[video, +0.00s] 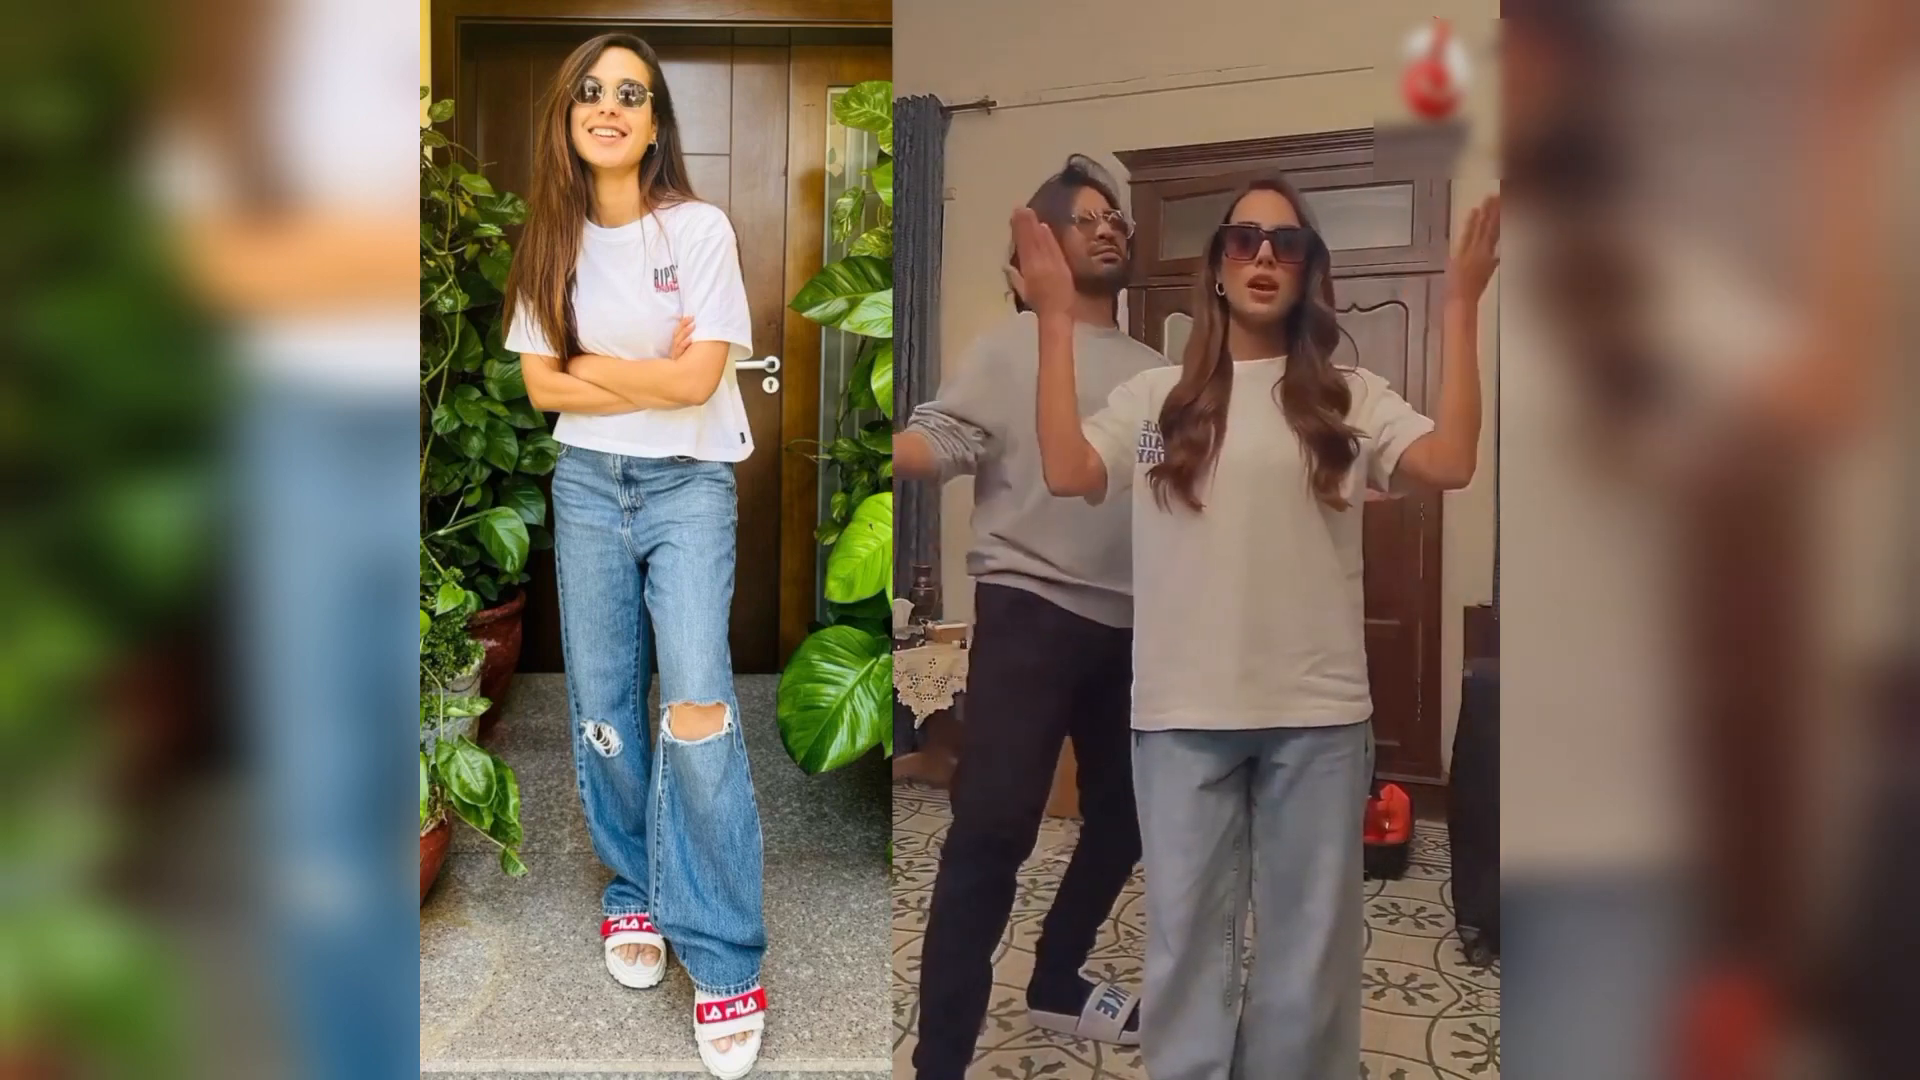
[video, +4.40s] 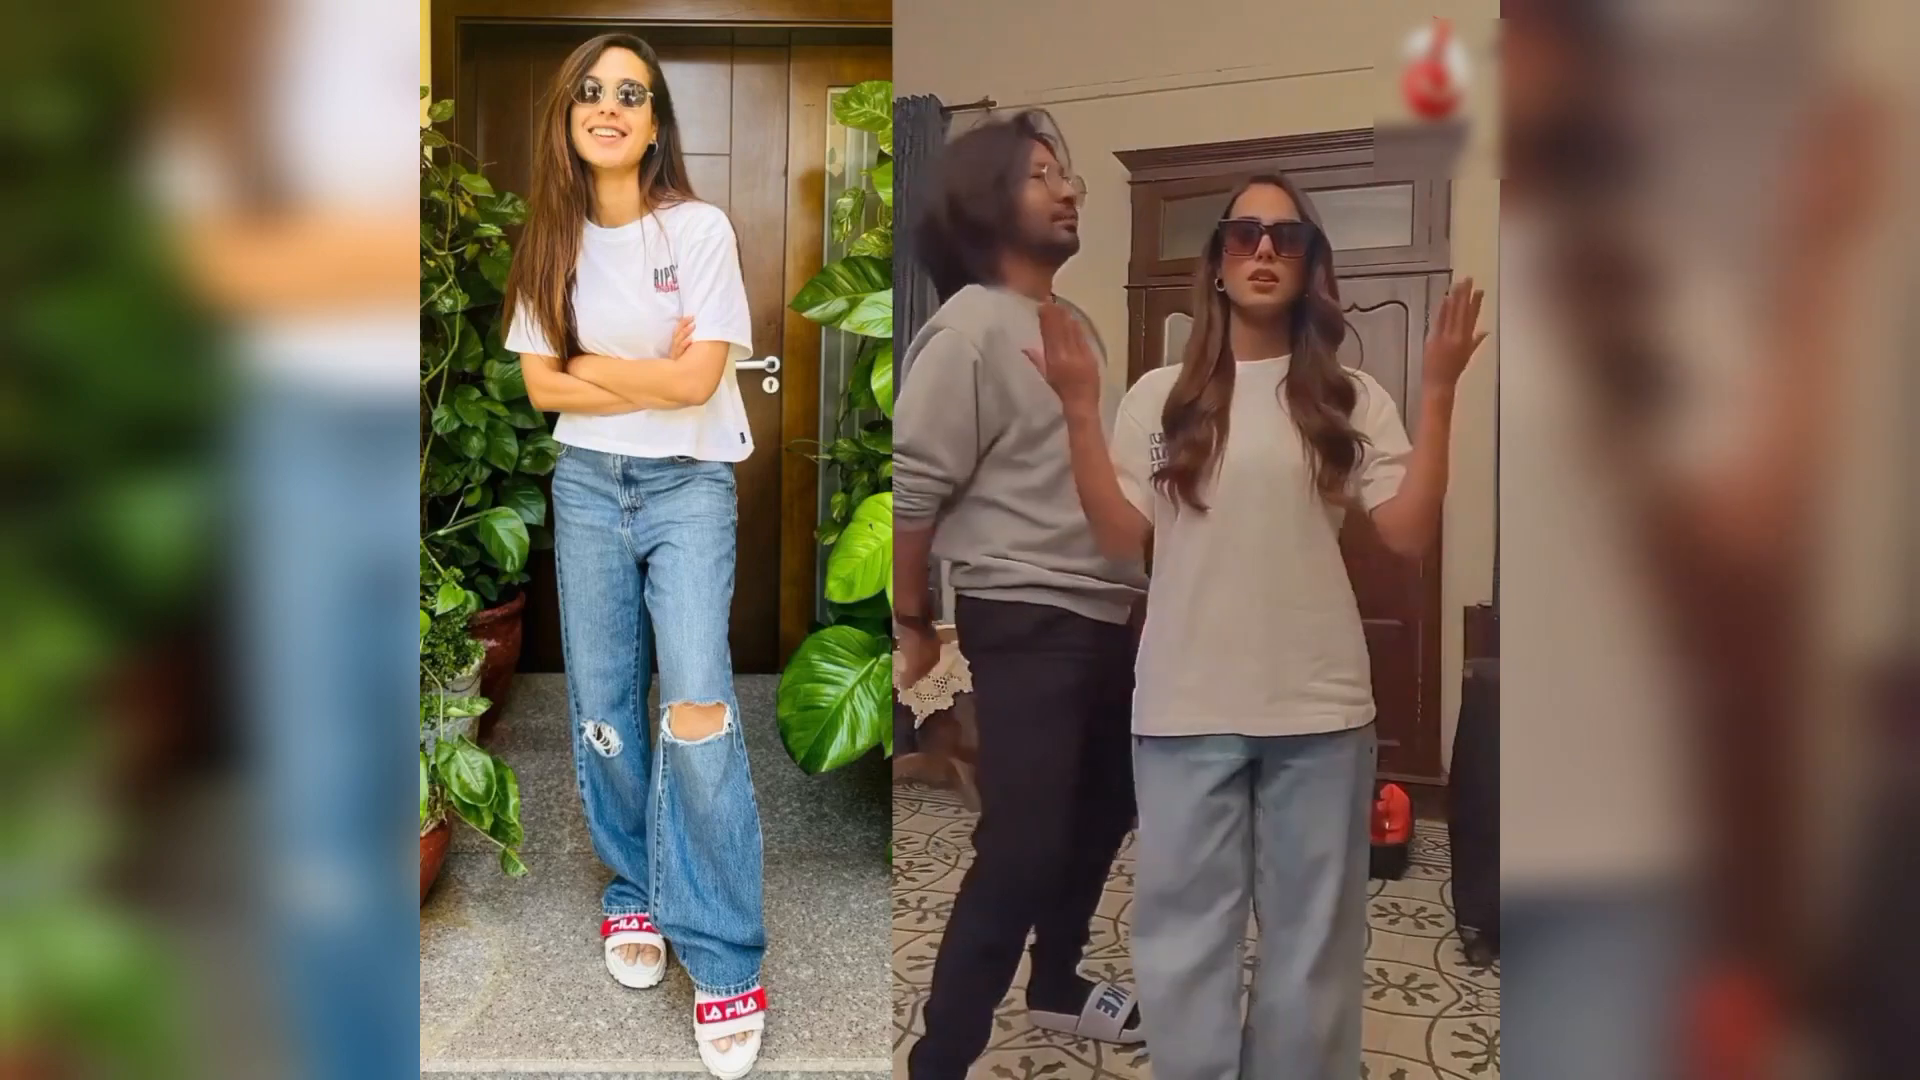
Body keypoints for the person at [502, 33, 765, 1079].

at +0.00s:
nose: (610, 111)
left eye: (629, 97)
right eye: (593, 95)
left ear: (656, 122)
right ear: (566, 117)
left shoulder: (699, 225)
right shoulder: (550, 239)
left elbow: (698, 378)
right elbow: (540, 385)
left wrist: (576, 362)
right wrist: (662, 378)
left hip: (689, 482)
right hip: (584, 484)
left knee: (695, 709)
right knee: (602, 708)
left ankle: (724, 955)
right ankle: (631, 890)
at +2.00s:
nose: (610, 111)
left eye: (630, 97)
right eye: (593, 95)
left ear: (656, 121)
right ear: (566, 117)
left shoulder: (699, 226)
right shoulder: (549, 240)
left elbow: (698, 378)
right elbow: (540, 385)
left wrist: (576, 362)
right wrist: (662, 378)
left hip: (689, 482)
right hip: (584, 484)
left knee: (695, 708)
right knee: (603, 708)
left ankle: (724, 955)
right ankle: (631, 889)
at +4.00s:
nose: (610, 111)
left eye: (630, 98)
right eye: (593, 95)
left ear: (656, 121)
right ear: (566, 117)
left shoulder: (699, 226)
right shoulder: (549, 240)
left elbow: (698, 378)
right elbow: (540, 385)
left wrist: (576, 363)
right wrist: (662, 378)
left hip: (689, 482)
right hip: (584, 484)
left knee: (694, 709)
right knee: (602, 708)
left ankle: (724, 957)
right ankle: (631, 891)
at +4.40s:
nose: (610, 111)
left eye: (630, 98)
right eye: (593, 95)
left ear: (656, 121)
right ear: (566, 117)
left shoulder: (699, 226)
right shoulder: (549, 239)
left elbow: (698, 378)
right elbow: (540, 386)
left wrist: (576, 362)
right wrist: (662, 378)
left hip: (689, 482)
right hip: (584, 484)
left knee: (695, 707)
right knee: (603, 707)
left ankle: (724, 956)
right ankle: (632, 890)